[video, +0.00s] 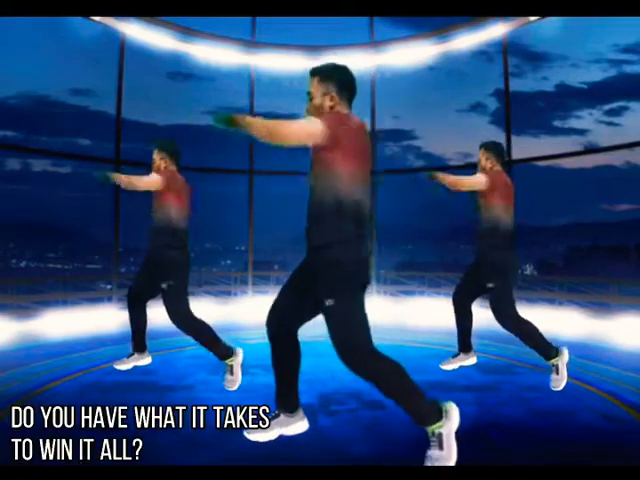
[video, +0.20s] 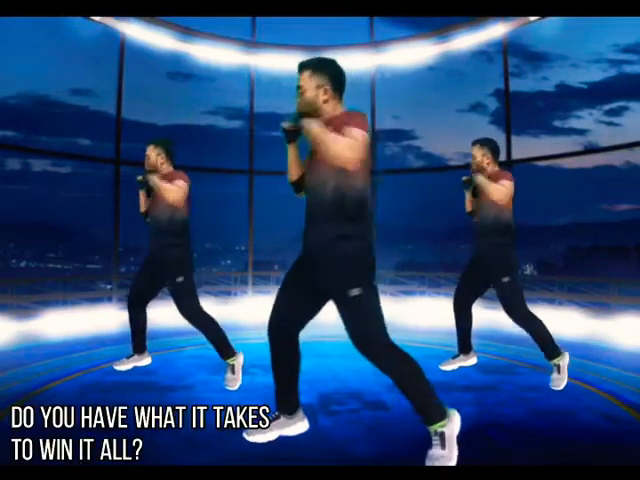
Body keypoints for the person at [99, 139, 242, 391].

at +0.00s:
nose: (156, 164)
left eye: (160, 160)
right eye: (155, 160)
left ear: (169, 162)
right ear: (161, 162)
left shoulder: (170, 180)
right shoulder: (173, 182)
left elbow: (140, 183)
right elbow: (139, 183)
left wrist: (117, 178)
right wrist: (121, 180)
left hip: (172, 256)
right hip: (160, 255)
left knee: (180, 315)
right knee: (136, 297)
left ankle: (230, 356)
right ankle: (140, 352)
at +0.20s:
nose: (146, 160)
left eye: (150, 155)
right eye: (146, 156)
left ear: (163, 157)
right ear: (151, 159)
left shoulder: (179, 178)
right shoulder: (153, 182)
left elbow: (175, 197)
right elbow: (145, 211)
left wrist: (153, 179)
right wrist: (143, 189)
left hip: (177, 256)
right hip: (157, 255)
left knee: (191, 310)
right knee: (136, 300)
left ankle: (232, 358)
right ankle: (140, 354)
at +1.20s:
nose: (169, 136)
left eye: (174, 132)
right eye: (164, 133)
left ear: (183, 138)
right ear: (158, 139)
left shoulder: (195, 166)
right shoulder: (151, 172)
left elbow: (211, 194)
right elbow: (132, 198)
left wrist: (189, 169)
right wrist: (124, 173)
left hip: (188, 244)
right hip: (158, 244)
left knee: (204, 300)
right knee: (141, 294)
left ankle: (218, 354)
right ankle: (132, 343)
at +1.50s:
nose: (168, 161)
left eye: (173, 156)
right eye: (163, 156)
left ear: (182, 160)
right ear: (158, 161)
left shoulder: (195, 188)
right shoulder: (154, 193)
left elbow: (204, 221)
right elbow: (137, 220)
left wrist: (184, 194)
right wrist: (126, 201)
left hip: (189, 264)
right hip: (157, 264)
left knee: (207, 318)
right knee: (133, 306)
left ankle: (213, 365)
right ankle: (138, 353)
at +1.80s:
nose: (173, 157)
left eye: (178, 152)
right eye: (168, 152)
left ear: (187, 155)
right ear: (164, 156)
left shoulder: (202, 182)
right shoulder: (159, 185)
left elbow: (211, 213)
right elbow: (149, 211)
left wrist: (187, 189)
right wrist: (151, 189)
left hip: (192, 259)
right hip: (161, 258)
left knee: (205, 315)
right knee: (138, 302)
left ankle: (213, 365)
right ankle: (137, 351)